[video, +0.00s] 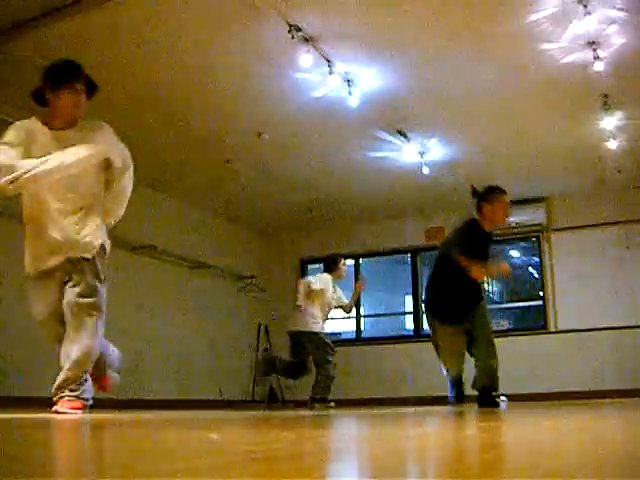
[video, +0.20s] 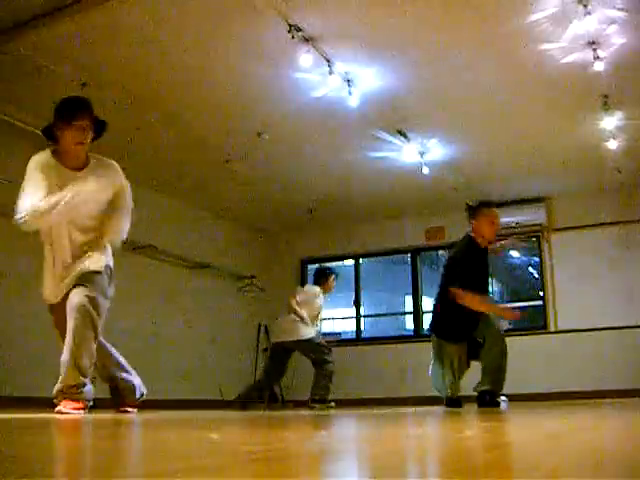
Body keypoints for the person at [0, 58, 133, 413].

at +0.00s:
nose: (79, 101)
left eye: (83, 93)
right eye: (70, 92)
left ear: (88, 99)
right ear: (48, 95)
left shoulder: (99, 135)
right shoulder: (26, 132)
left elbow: (123, 173)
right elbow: (2, 166)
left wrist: (108, 216)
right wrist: (41, 167)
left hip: (86, 229)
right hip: (42, 233)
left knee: (82, 304)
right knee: (46, 312)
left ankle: (72, 390)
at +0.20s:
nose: (82, 133)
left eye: (88, 127)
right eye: (74, 126)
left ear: (93, 133)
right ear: (56, 132)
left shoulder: (109, 171)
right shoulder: (41, 165)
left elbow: (122, 210)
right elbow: (26, 215)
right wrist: (71, 194)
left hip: (94, 255)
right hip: (56, 262)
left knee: (82, 304)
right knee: (74, 334)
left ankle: (73, 392)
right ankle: (127, 386)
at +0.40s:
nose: (24, 124)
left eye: (28, 115)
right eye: (24, 115)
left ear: (43, 114)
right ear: (47, 114)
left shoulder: (68, 141)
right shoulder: (56, 145)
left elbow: (102, 190)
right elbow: (71, 196)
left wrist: (45, 179)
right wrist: (33, 193)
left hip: (90, 243)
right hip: (74, 245)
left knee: (61, 303)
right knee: (80, 319)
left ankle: (73, 390)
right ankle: (127, 384)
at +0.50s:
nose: (29, 105)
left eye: (30, 100)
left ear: (31, 98)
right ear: (64, 99)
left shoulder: (20, 126)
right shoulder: (87, 127)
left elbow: (8, 157)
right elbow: (121, 156)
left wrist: (24, 177)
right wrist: (96, 186)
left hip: (65, 220)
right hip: (105, 222)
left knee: (48, 303)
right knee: (83, 295)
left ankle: (79, 385)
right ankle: (114, 361)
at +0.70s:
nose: (83, 112)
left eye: (85, 105)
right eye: (79, 104)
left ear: (63, 105)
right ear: (62, 101)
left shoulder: (53, 138)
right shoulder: (46, 118)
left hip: (22, 233)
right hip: (48, 222)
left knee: (46, 308)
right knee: (114, 253)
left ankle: (38, 392)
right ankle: (63, 315)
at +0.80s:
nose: (74, 92)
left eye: (77, 87)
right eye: (69, 84)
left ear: (74, 94)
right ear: (49, 83)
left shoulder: (65, 136)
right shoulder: (22, 109)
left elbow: (83, 188)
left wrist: (78, 156)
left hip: (35, 219)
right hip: (16, 211)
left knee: (50, 300)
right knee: (91, 249)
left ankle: (32, 387)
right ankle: (97, 327)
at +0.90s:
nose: (57, 73)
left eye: (63, 71)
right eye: (51, 65)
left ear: (64, 84)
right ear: (30, 68)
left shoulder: (65, 118)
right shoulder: (6, 101)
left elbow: (88, 150)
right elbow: (3, 157)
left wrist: (69, 158)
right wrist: (40, 159)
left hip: (35, 210)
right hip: (7, 203)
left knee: (36, 292)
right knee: (47, 280)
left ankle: (35, 379)